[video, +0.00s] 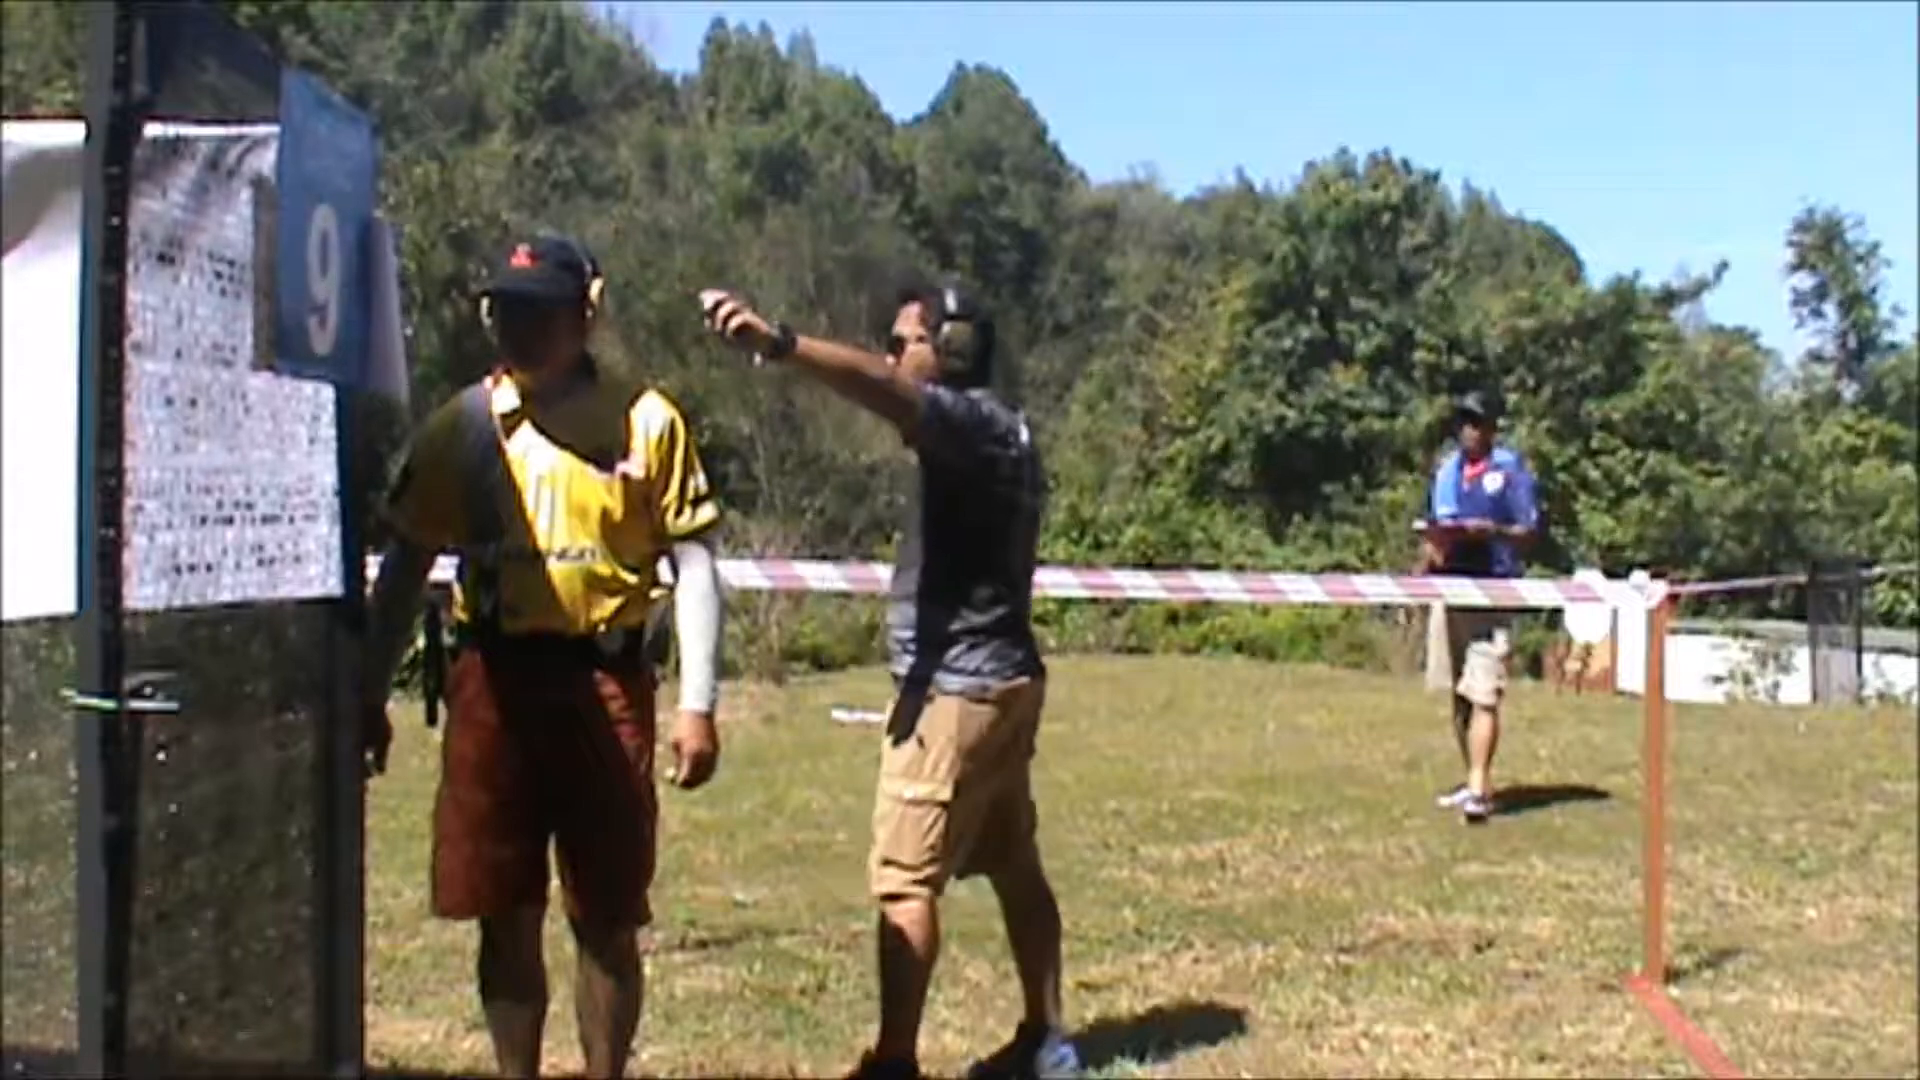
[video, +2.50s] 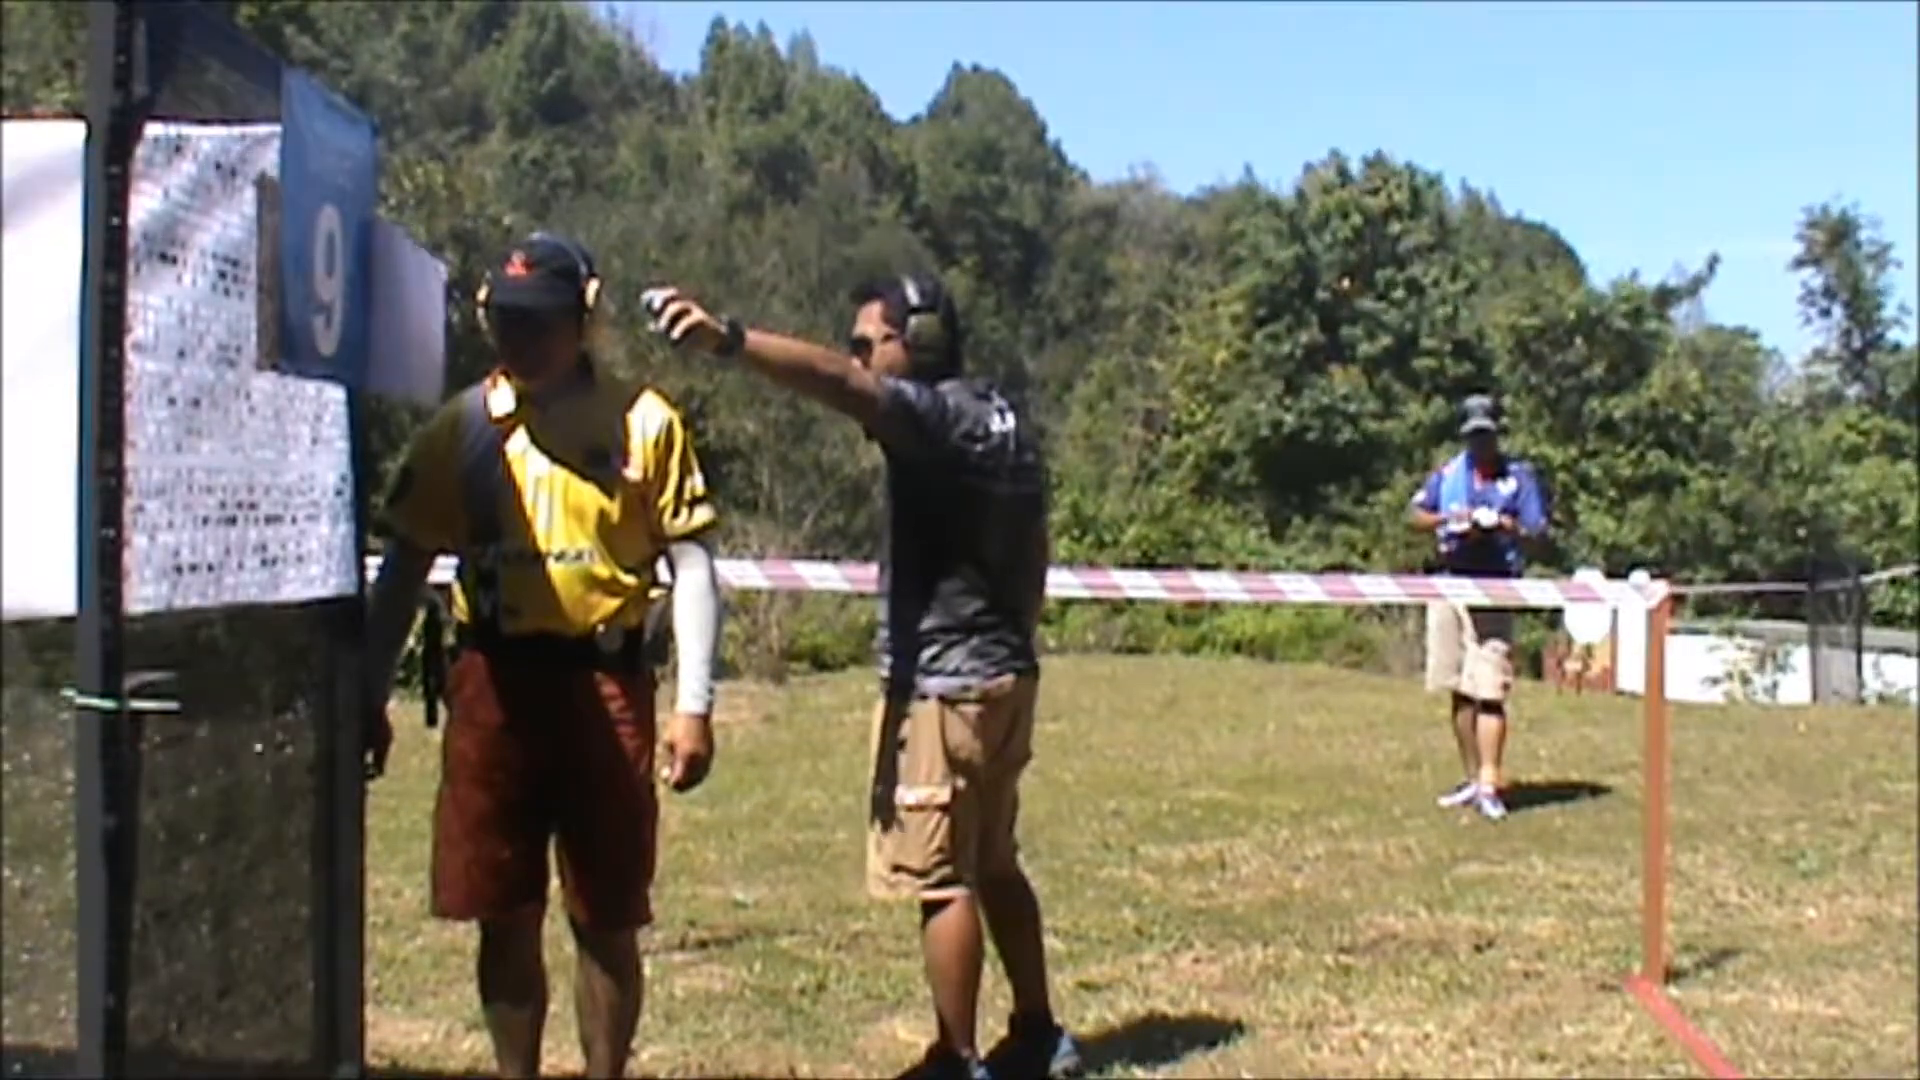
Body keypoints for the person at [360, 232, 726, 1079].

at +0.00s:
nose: (516, 327)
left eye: (537, 312)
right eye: (505, 309)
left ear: (585, 318)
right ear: (491, 313)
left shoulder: (647, 423)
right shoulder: (464, 426)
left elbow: (694, 564)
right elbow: (406, 564)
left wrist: (697, 700)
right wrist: (370, 695)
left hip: (607, 692)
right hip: (495, 692)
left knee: (607, 925)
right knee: (504, 917)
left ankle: (605, 1072)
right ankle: (517, 1073)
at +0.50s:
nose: (511, 333)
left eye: (533, 317)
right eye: (502, 314)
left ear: (583, 321)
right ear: (487, 314)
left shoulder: (643, 423)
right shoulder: (463, 425)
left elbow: (690, 562)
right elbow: (404, 565)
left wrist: (693, 700)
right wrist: (370, 696)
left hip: (605, 693)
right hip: (495, 694)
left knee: (606, 923)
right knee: (503, 916)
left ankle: (606, 1072)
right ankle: (517, 1072)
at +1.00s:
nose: (515, 335)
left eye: (535, 320)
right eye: (505, 318)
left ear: (585, 323)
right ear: (490, 317)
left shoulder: (645, 423)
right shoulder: (464, 425)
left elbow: (692, 561)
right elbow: (404, 564)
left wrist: (696, 697)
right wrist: (370, 695)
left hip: (606, 694)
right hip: (496, 694)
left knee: (606, 924)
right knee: (503, 915)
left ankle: (605, 1072)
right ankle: (517, 1072)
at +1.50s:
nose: (516, 339)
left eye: (536, 323)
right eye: (506, 320)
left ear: (585, 323)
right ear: (488, 317)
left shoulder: (645, 423)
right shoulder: (463, 426)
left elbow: (692, 565)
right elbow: (405, 565)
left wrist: (695, 700)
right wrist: (370, 695)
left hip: (605, 694)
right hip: (495, 694)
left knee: (606, 923)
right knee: (503, 915)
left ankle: (605, 1071)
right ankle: (517, 1071)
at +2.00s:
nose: (519, 338)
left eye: (539, 323)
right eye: (507, 320)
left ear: (586, 323)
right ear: (490, 317)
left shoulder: (645, 424)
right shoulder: (463, 426)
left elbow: (693, 565)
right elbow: (405, 565)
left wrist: (695, 701)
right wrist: (369, 695)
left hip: (606, 692)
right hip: (495, 693)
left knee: (607, 923)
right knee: (503, 914)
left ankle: (607, 1071)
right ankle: (517, 1072)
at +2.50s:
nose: (516, 339)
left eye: (536, 324)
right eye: (505, 321)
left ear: (583, 326)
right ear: (490, 320)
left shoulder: (645, 424)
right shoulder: (465, 426)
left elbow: (692, 564)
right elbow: (405, 565)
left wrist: (694, 701)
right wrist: (370, 694)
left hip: (605, 694)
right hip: (495, 694)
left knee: (606, 925)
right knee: (503, 917)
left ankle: (606, 1072)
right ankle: (517, 1072)